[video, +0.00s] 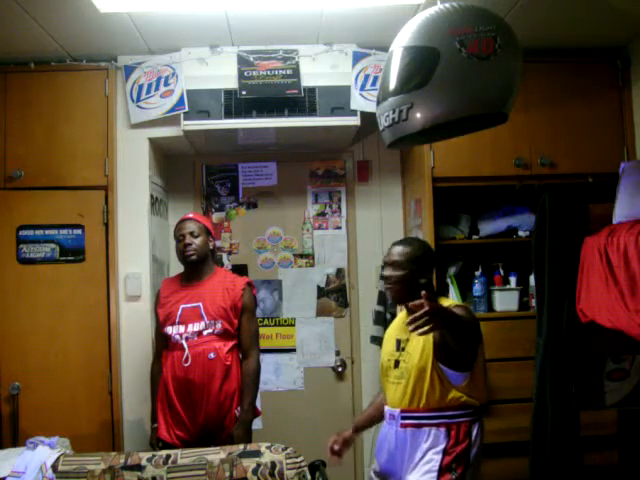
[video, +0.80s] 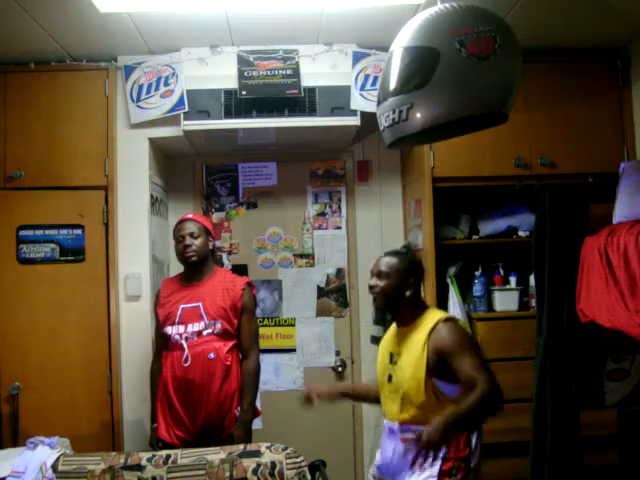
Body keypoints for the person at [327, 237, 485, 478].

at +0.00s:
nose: (385, 274)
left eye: (395, 266)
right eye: (384, 266)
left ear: (421, 276)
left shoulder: (454, 314)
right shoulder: (400, 319)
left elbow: (467, 344)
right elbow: (393, 392)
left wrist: (443, 318)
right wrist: (353, 430)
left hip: (438, 442)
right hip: (393, 441)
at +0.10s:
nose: (376, 274)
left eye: (384, 266)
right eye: (379, 266)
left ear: (407, 275)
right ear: (405, 276)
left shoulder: (454, 314)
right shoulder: (397, 325)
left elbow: (468, 341)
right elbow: (390, 389)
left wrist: (440, 319)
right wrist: (343, 417)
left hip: (438, 443)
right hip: (393, 440)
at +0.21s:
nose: (375, 275)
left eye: (381, 267)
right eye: (376, 267)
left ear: (404, 271)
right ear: (401, 271)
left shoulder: (450, 311)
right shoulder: (395, 324)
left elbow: (472, 347)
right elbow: (384, 388)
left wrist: (436, 328)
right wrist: (331, 394)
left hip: (438, 437)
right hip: (395, 435)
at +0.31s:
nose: (371, 276)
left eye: (377, 269)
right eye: (373, 268)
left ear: (400, 276)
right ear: (398, 278)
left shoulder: (447, 312)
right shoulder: (396, 323)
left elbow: (479, 350)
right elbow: (377, 376)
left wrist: (433, 340)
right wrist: (314, 369)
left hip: (440, 437)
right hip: (397, 434)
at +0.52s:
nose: (372, 281)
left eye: (379, 273)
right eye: (373, 273)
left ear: (405, 276)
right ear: (403, 276)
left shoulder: (447, 317)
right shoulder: (394, 324)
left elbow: (482, 367)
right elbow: (358, 360)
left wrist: (433, 366)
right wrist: (300, 346)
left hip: (442, 439)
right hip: (398, 437)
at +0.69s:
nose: (374, 277)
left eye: (384, 269)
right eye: (373, 269)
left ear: (411, 275)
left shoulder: (446, 318)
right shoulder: (392, 323)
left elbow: (482, 374)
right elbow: (384, 377)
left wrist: (439, 398)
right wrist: (325, 366)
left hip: (437, 439)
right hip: (393, 437)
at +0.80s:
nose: (372, 284)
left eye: (382, 277)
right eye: (372, 276)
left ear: (410, 285)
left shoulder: (444, 332)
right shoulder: (393, 331)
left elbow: (487, 390)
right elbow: (392, 392)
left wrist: (442, 424)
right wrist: (339, 391)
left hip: (435, 455)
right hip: (393, 450)